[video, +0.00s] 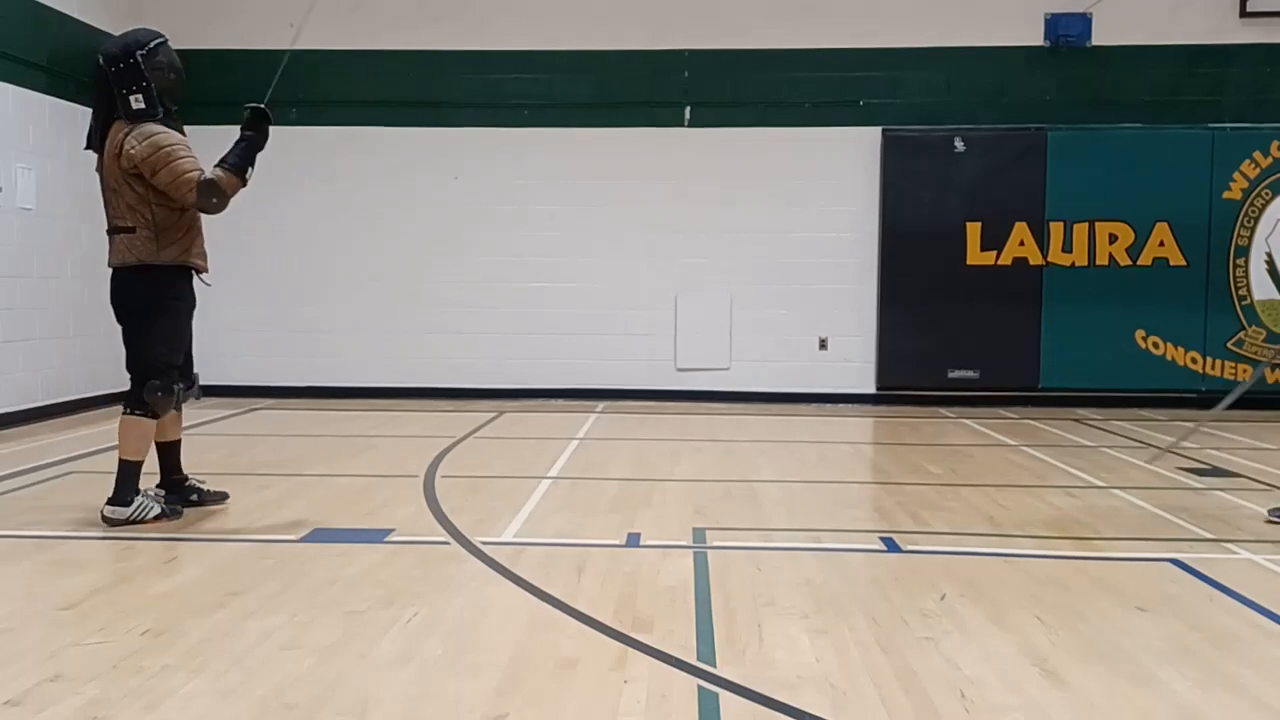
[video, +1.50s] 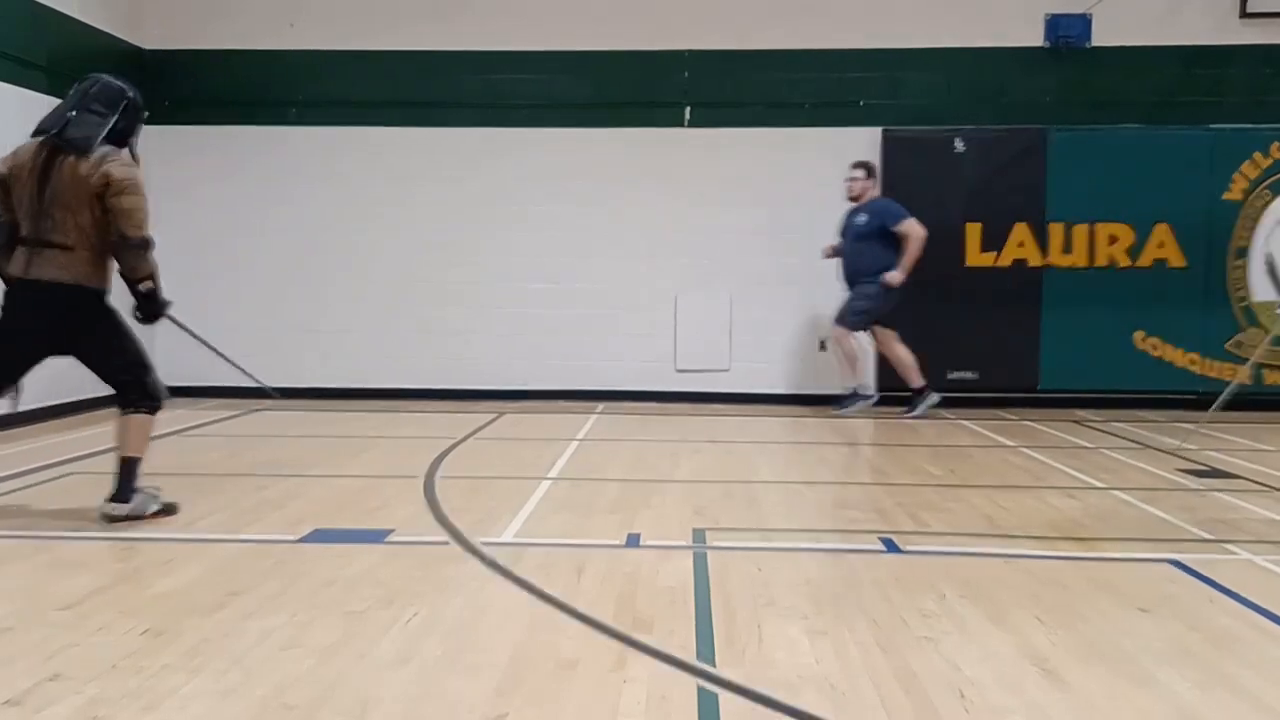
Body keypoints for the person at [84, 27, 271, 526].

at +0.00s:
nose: (177, 74)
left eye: (172, 63)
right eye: (166, 66)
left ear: (124, 82)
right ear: (143, 78)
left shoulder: (120, 136)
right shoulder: (150, 139)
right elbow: (211, 195)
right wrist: (250, 141)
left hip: (148, 278)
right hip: (156, 280)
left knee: (170, 383)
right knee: (150, 385)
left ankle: (174, 483)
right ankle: (124, 498)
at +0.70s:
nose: (211, 102)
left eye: (212, 92)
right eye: (206, 92)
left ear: (164, 87)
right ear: (182, 90)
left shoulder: (139, 133)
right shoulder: (163, 138)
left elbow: (190, 206)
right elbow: (200, 207)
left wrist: (255, 200)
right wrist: (265, 197)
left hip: (145, 280)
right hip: (161, 282)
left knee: (172, 381)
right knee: (179, 385)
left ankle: (174, 481)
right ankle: (131, 487)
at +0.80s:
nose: (208, 117)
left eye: (211, 107)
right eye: (207, 105)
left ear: (166, 92)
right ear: (186, 98)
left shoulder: (127, 133)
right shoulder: (164, 137)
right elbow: (192, 213)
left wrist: (230, 225)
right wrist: (256, 226)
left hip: (126, 278)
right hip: (152, 280)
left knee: (161, 383)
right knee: (168, 386)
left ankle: (175, 482)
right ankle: (126, 492)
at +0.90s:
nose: (207, 123)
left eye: (211, 114)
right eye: (207, 112)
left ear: (164, 93)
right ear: (188, 101)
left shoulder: (110, 136)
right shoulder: (169, 140)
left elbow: (92, 205)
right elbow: (186, 215)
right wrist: (242, 259)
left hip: (103, 276)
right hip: (139, 279)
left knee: (147, 381)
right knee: (149, 384)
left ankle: (167, 479)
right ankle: (124, 494)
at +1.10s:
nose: (198, 131)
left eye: (201, 123)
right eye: (199, 121)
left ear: (148, 98)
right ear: (185, 112)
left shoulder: (91, 135)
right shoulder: (171, 146)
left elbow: (62, 209)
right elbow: (170, 222)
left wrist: (70, 263)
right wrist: (190, 280)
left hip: (74, 269)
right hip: (122, 276)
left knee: (92, 371)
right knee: (140, 379)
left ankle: (93, 476)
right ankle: (124, 491)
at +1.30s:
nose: (175, 130)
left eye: (177, 122)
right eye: (175, 120)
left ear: (124, 97)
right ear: (162, 114)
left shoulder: (67, 138)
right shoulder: (153, 152)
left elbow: (36, 212)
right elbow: (160, 232)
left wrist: (42, 270)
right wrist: (168, 287)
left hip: (52, 279)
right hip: (108, 286)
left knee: (36, 372)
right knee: (140, 384)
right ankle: (125, 493)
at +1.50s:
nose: (132, 135)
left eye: (132, 125)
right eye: (131, 125)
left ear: (73, 110)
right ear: (119, 123)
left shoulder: (23, 155)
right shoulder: (113, 164)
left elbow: (1, 221)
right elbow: (130, 240)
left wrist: (12, 270)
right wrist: (147, 293)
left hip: (21, 307)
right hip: (78, 309)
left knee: (1, 383)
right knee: (141, 388)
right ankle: (126, 492)